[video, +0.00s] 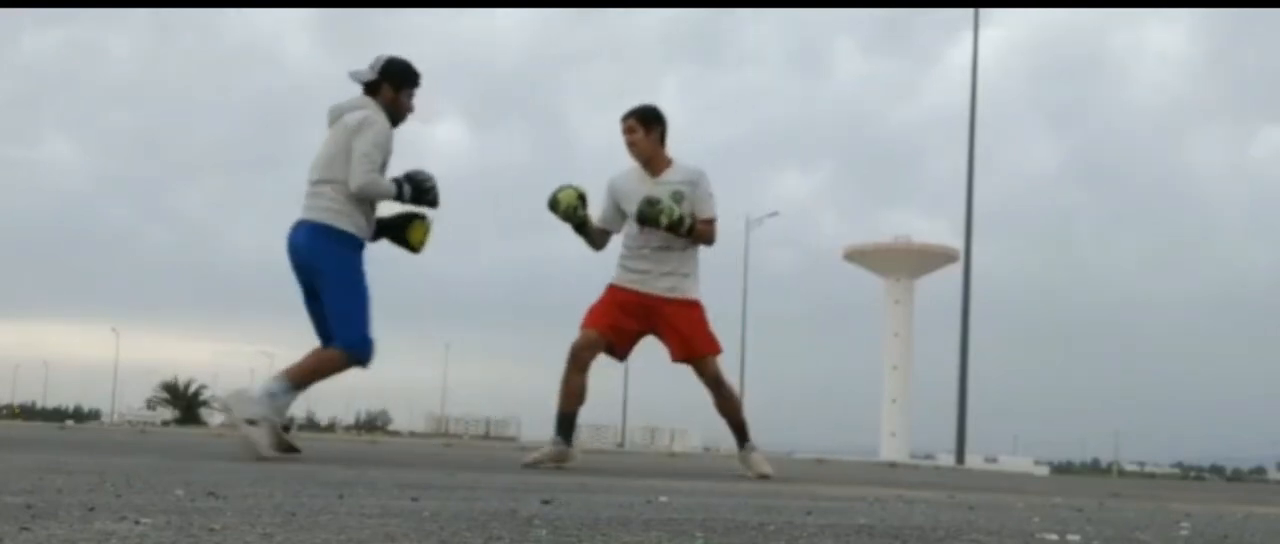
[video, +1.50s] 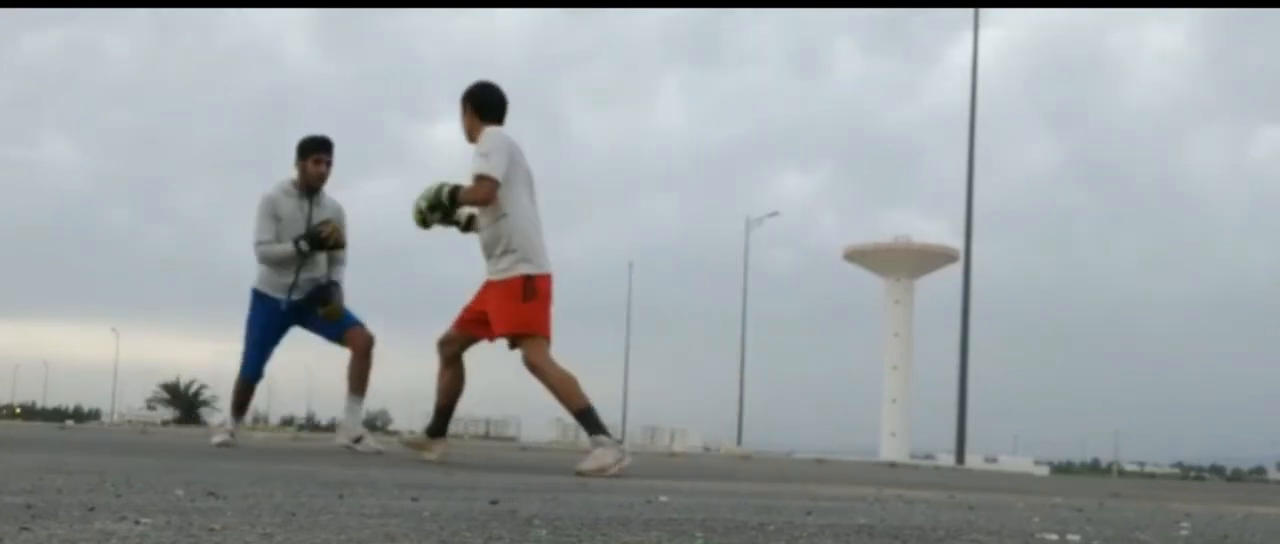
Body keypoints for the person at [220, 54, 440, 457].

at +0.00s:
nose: (412, 105)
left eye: (413, 96)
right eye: (409, 95)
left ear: (379, 91)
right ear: (387, 90)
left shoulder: (350, 121)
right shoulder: (374, 124)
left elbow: (338, 205)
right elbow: (362, 182)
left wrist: (384, 228)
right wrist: (403, 188)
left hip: (310, 236)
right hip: (333, 239)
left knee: (338, 345)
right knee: (355, 347)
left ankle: (272, 412)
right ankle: (265, 399)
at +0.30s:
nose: (377, 183)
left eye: (379, 176)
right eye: (375, 175)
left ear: (345, 165)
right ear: (357, 168)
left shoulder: (310, 186)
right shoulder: (351, 187)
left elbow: (291, 241)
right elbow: (327, 212)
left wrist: (327, 275)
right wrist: (350, 254)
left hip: (257, 269)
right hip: (285, 272)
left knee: (318, 335)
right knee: (275, 376)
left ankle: (293, 428)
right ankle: (174, 415)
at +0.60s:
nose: (397, 128)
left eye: (400, 121)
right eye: (394, 118)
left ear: (383, 116)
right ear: (372, 111)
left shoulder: (354, 141)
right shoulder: (353, 132)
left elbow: (331, 202)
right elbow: (320, 159)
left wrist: (359, 213)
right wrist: (364, 178)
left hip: (296, 229)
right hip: (305, 229)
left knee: (327, 329)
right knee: (337, 326)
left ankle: (298, 422)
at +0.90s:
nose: (381, 175)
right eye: (381, 168)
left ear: (346, 156)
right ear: (371, 161)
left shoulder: (330, 181)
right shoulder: (360, 178)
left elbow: (366, 245)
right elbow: (353, 223)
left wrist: (383, 206)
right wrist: (367, 266)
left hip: (302, 270)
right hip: (322, 271)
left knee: (360, 349)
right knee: (379, 350)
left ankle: (327, 429)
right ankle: (325, 431)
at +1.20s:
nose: (368, 152)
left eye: (373, 146)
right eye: (362, 144)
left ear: (376, 152)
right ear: (346, 145)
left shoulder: (363, 203)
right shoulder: (315, 176)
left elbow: (363, 256)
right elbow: (280, 217)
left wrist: (354, 289)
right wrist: (313, 236)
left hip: (334, 277)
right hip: (300, 266)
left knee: (377, 347)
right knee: (321, 331)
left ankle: (352, 428)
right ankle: (272, 422)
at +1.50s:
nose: (323, 170)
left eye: (327, 164)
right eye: (317, 163)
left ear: (331, 168)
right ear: (300, 164)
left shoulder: (333, 210)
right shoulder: (273, 201)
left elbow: (338, 257)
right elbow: (264, 252)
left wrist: (334, 288)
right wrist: (304, 245)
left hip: (312, 299)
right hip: (271, 299)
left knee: (362, 341)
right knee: (251, 370)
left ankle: (351, 426)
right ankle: (231, 427)